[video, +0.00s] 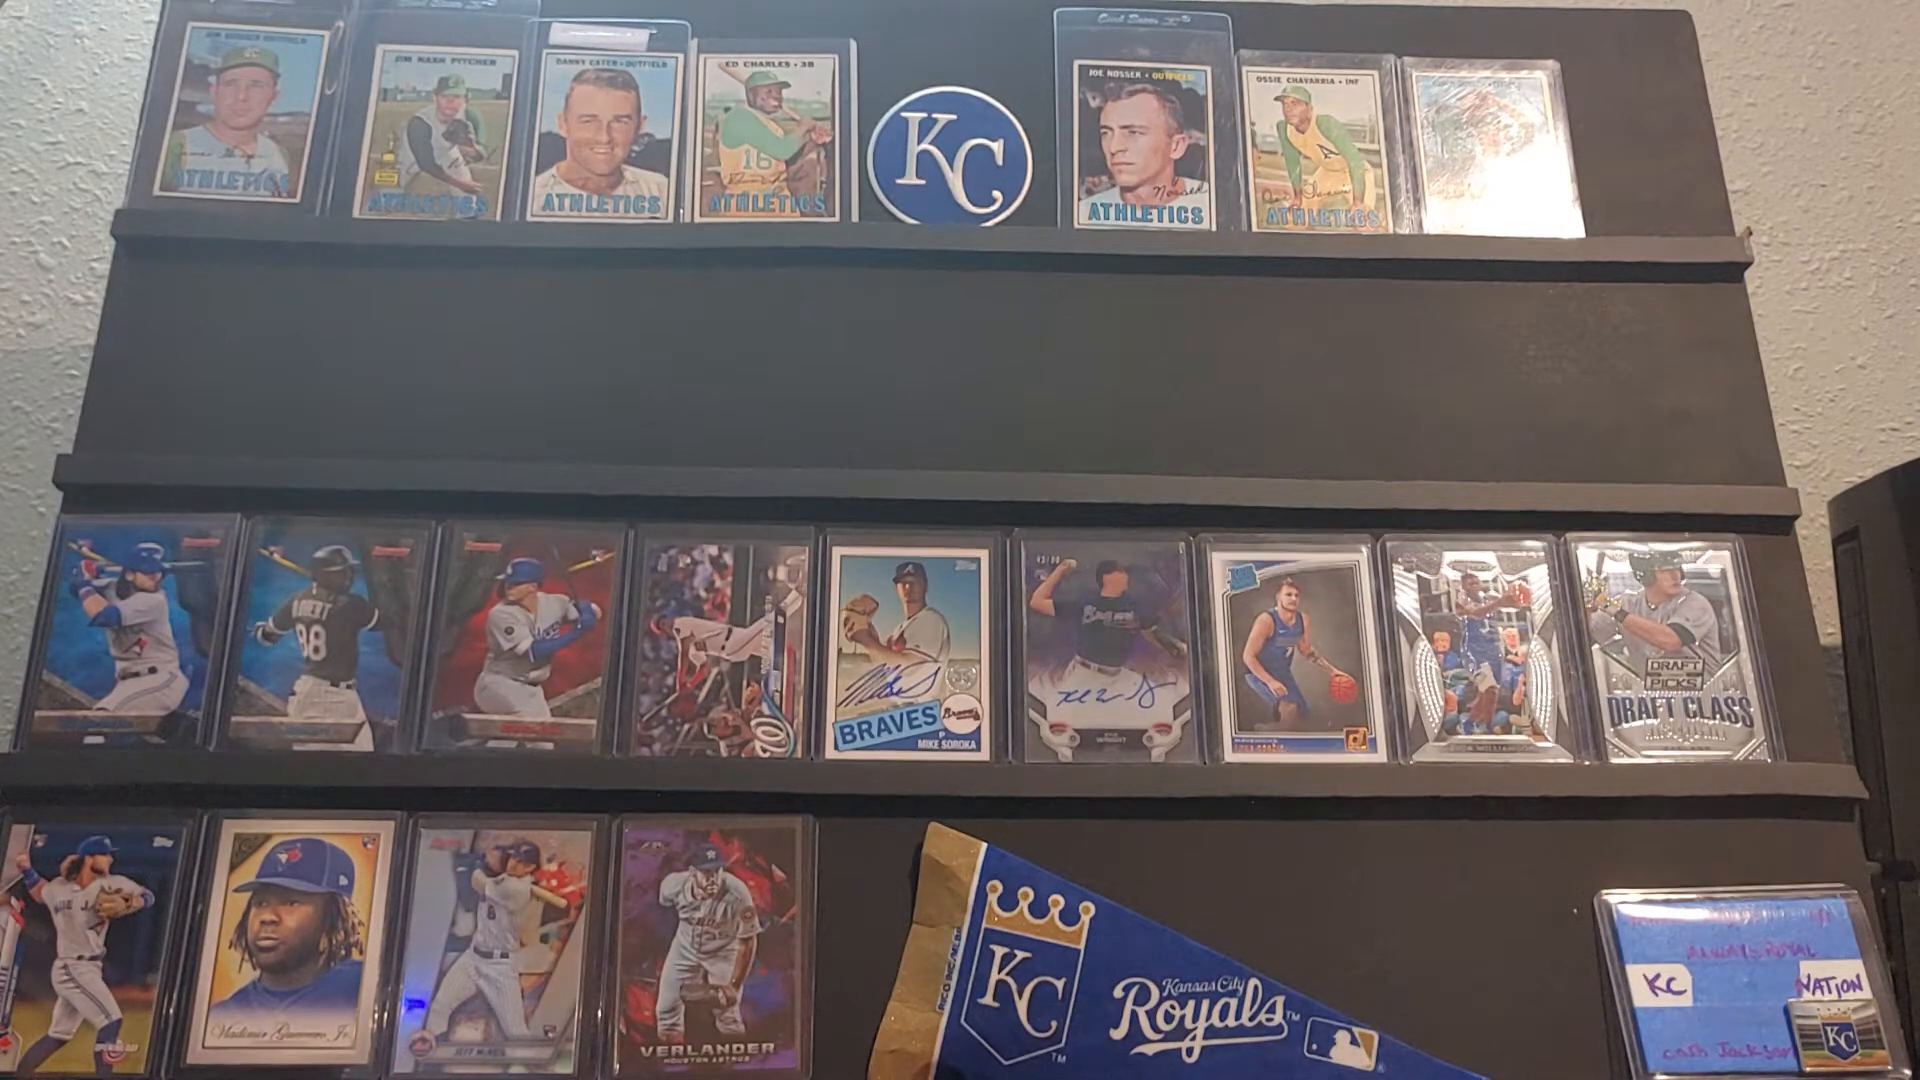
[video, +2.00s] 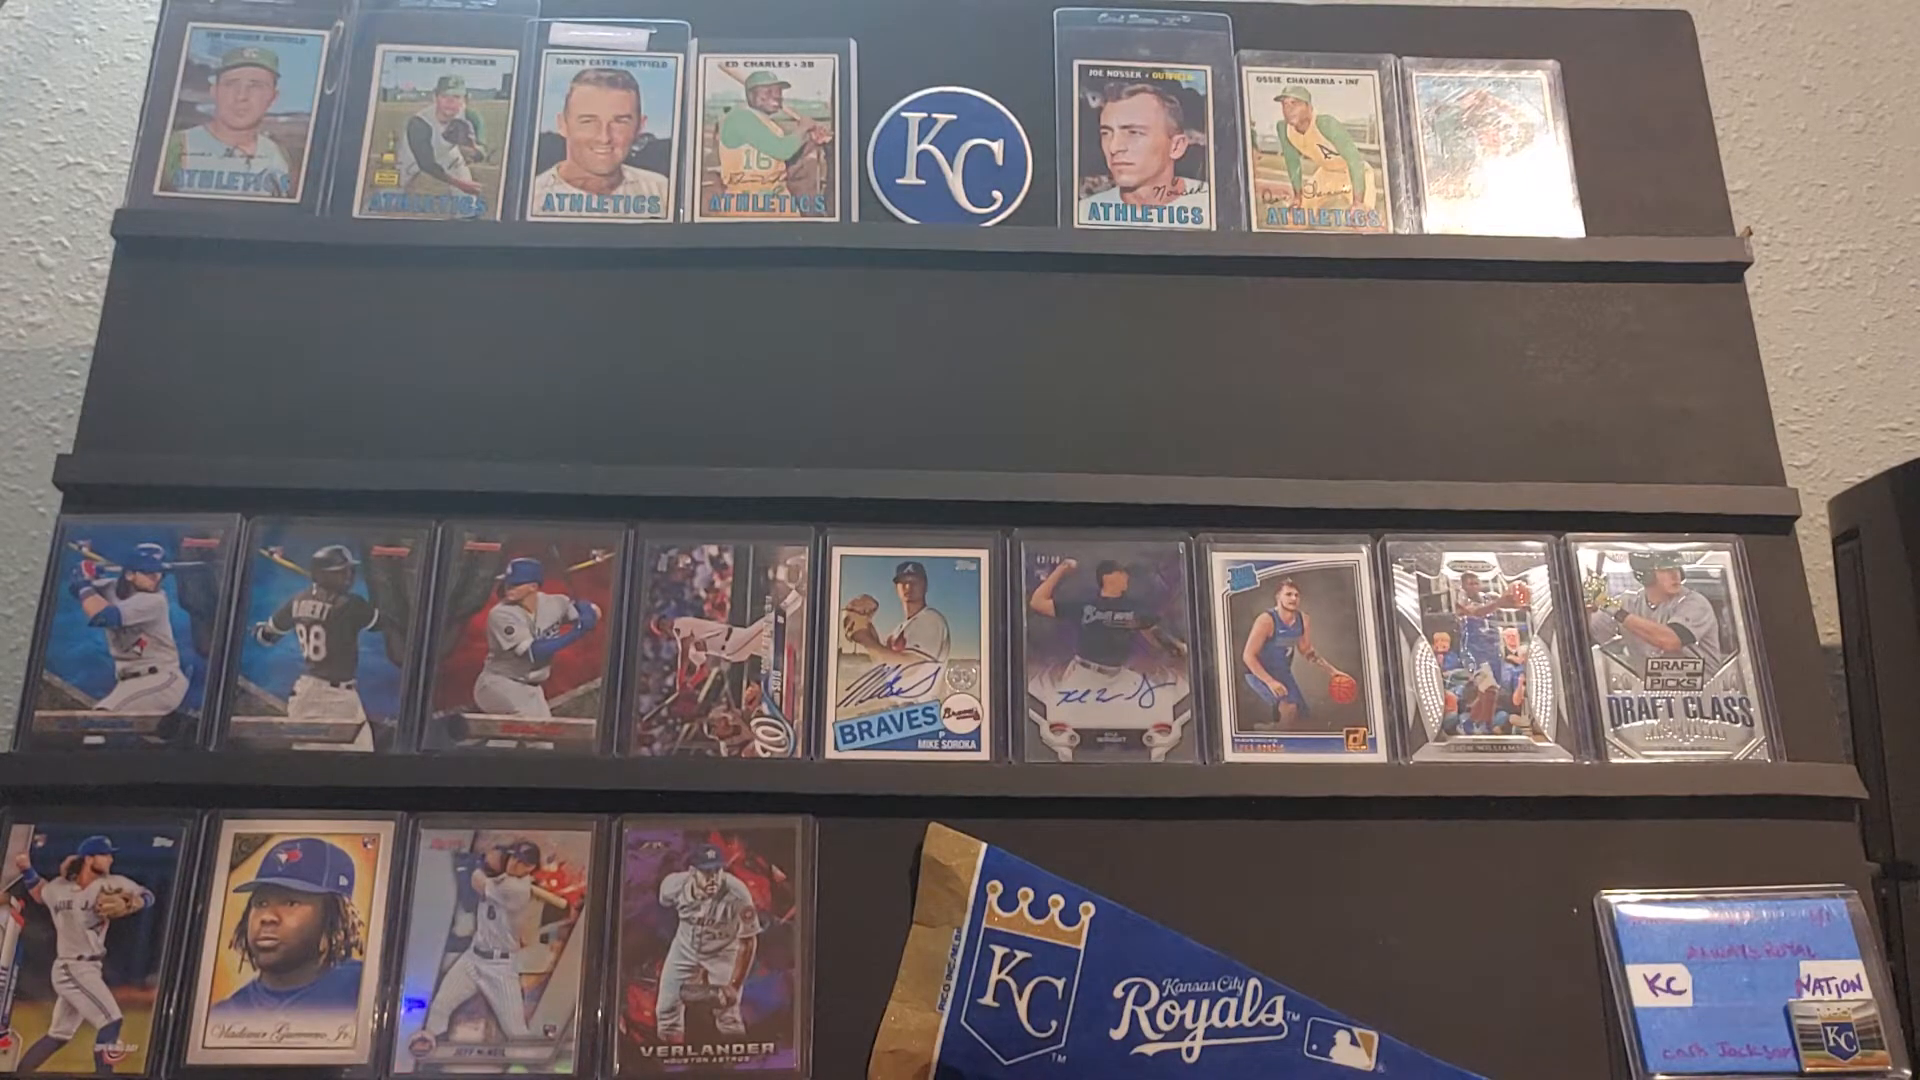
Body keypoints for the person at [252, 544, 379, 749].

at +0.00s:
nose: (350, 577)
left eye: (350, 571)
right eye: (346, 572)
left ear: (320, 574)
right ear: (334, 575)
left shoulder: (299, 601)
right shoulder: (352, 605)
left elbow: (267, 637)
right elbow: (387, 622)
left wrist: (259, 630)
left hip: (305, 693)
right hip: (341, 697)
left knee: (306, 764)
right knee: (361, 765)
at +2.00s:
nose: (350, 577)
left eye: (350, 571)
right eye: (346, 572)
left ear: (320, 575)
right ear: (334, 575)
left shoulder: (299, 601)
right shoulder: (351, 605)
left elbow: (267, 637)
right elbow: (385, 622)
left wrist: (259, 631)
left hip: (306, 694)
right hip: (342, 697)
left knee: (305, 765)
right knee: (360, 766)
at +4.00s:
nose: (352, 576)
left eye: (351, 570)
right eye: (348, 571)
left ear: (320, 574)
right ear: (336, 574)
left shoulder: (298, 601)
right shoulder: (351, 605)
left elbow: (267, 637)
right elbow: (384, 622)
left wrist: (260, 630)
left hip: (305, 692)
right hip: (341, 697)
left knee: (307, 764)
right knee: (359, 765)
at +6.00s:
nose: (351, 576)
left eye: (351, 571)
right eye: (347, 571)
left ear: (320, 575)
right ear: (336, 575)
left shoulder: (298, 600)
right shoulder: (351, 605)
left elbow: (268, 637)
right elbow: (387, 620)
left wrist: (259, 630)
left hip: (305, 694)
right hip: (341, 698)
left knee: (305, 765)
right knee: (361, 767)